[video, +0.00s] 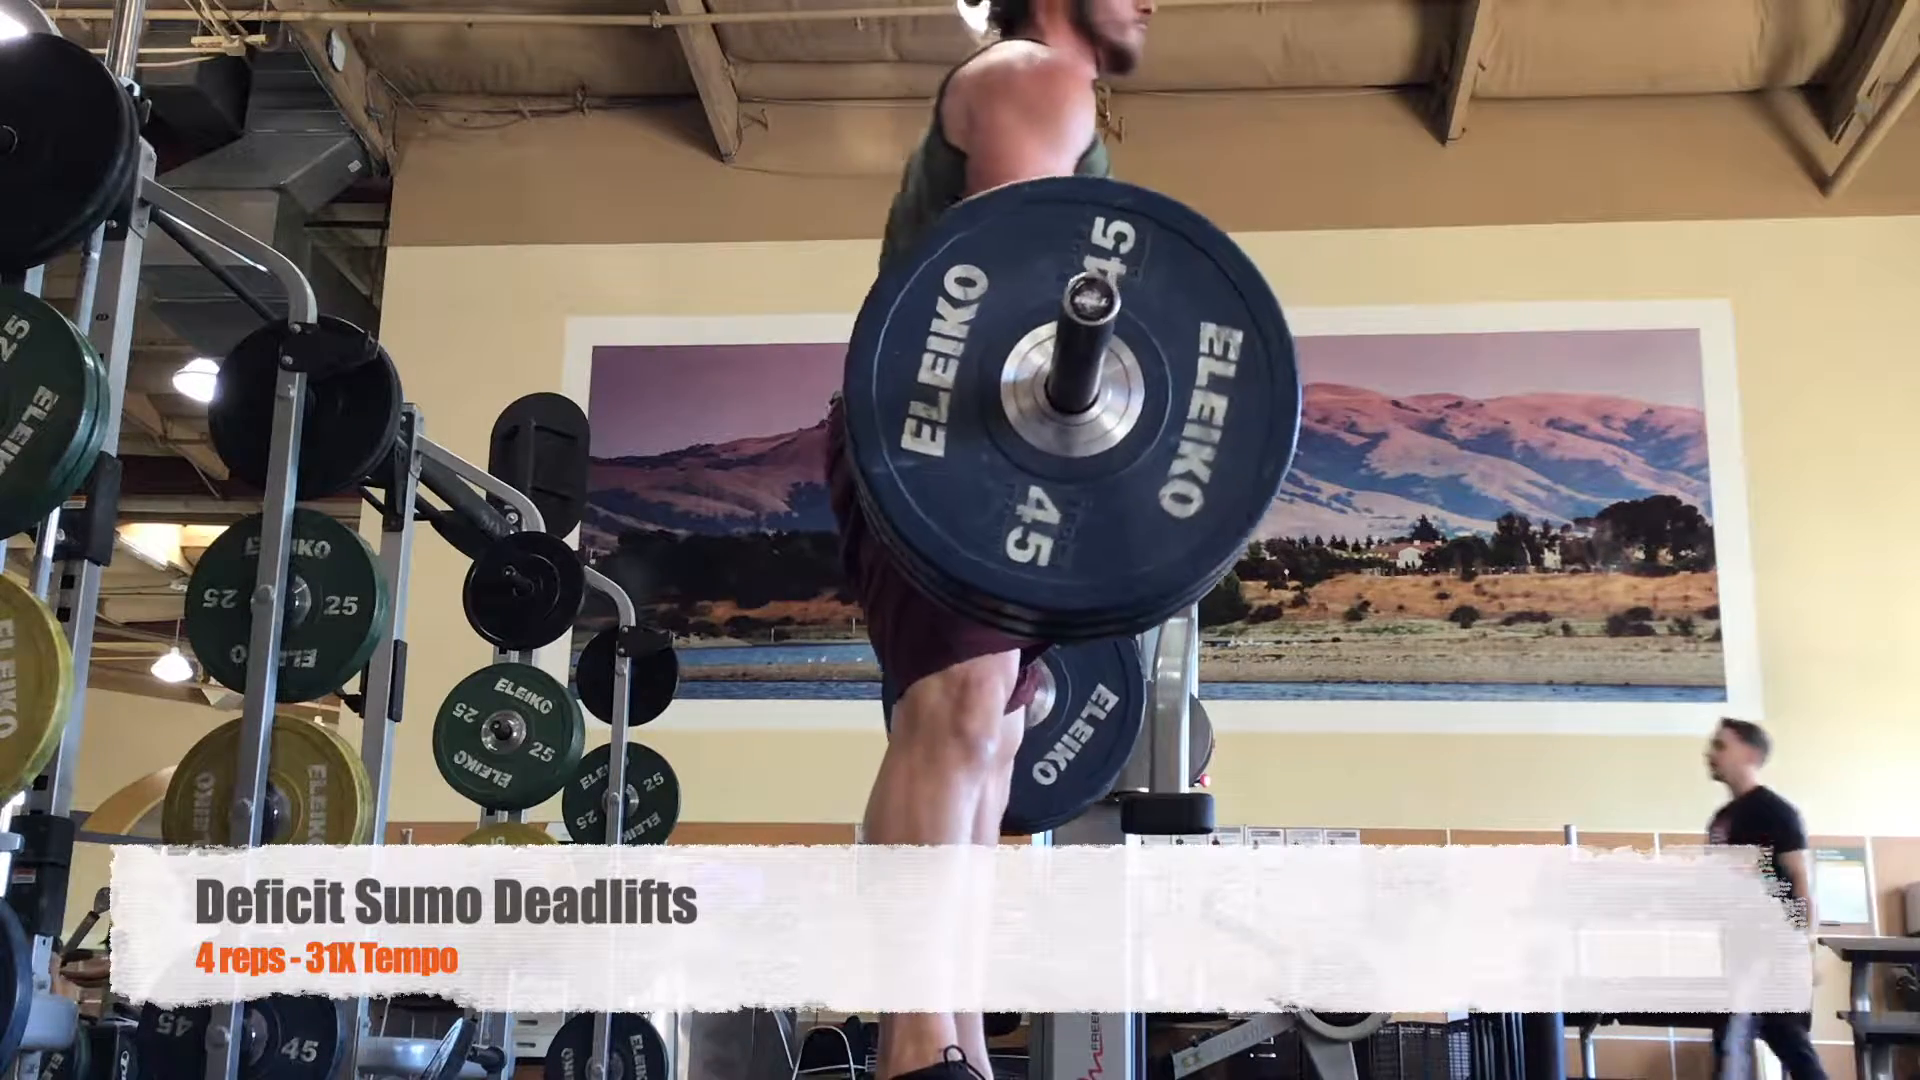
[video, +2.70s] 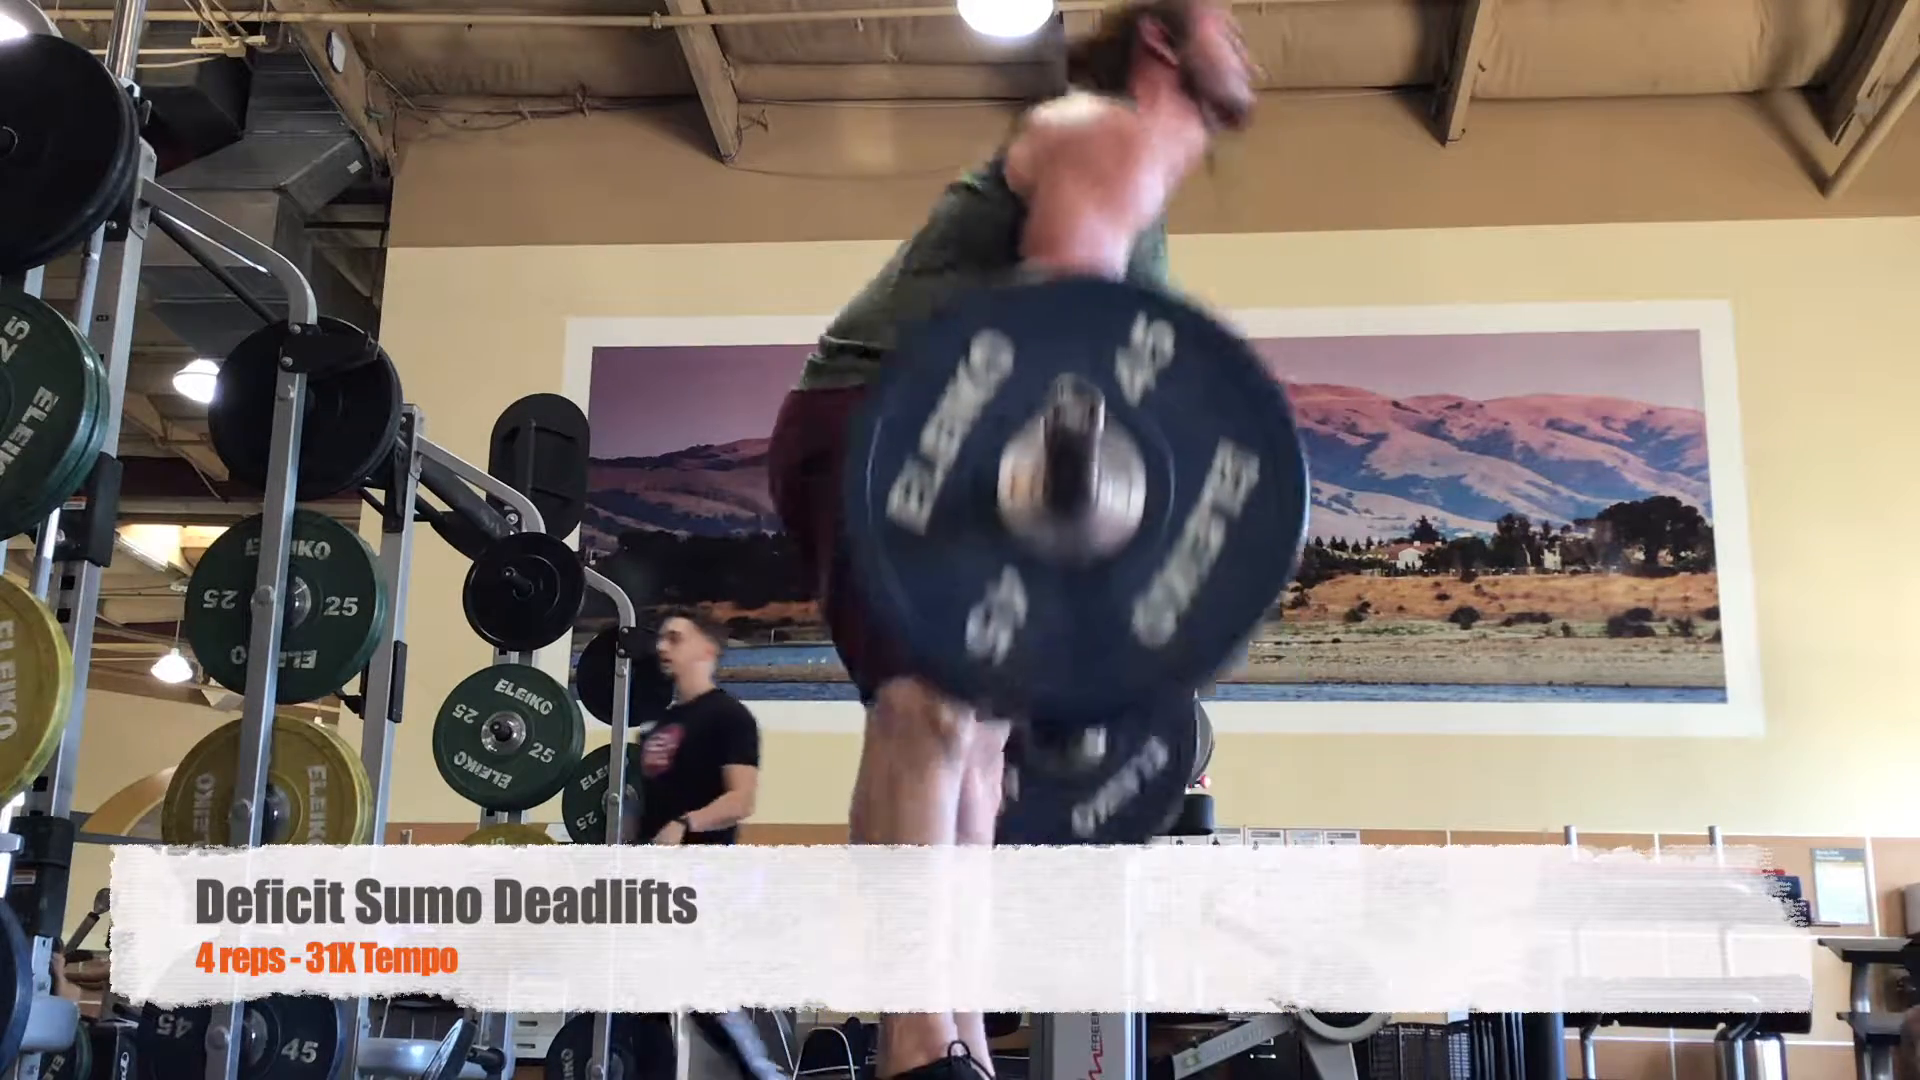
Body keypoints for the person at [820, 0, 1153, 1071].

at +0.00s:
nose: (1148, 6)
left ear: (1058, 14)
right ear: (1061, 1)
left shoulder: (1053, 96)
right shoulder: (1031, 75)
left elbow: (1035, 328)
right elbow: (1030, 312)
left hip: (981, 443)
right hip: (926, 430)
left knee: (996, 718)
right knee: (961, 704)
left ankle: (953, 1035)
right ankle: (914, 1047)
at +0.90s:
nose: (1289, 111)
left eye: (1287, 91)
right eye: (1271, 84)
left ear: (1205, 91)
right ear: (1199, 85)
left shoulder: (1158, 223)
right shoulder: (1127, 174)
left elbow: (1092, 413)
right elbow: (1068, 389)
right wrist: (1078, 584)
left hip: (919, 443)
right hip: (848, 423)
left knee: (985, 727)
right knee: (920, 712)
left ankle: (956, 1034)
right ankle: (907, 1041)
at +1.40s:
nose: (1339, 240)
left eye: (1339, 217)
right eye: (1324, 209)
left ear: (1252, 212)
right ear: (1252, 202)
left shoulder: (1186, 399)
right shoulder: (1148, 282)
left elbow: (1144, 547)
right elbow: (1085, 516)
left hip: (897, 481)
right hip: (830, 448)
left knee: (976, 743)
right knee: (937, 729)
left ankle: (967, 1044)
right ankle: (919, 1040)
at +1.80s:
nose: (1374, 399)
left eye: (1373, 373)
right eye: (1358, 363)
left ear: (1289, 350)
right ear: (1284, 344)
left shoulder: (1188, 540)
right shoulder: (1164, 417)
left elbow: (1140, 696)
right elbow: (1087, 663)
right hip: (811, 514)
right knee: (1041, 690)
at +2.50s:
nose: (1361, 258)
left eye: (1364, 235)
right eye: (1350, 225)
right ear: (1274, 206)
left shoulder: (1189, 395)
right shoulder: (1165, 286)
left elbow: (1145, 543)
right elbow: (1089, 502)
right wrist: (1091, 661)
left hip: (911, 466)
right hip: (840, 434)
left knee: (981, 728)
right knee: (945, 713)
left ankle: (965, 1037)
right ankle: (922, 1039)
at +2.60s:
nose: (1313, 149)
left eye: (1312, 133)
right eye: (1295, 125)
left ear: (1229, 134)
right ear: (1224, 123)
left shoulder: (1173, 311)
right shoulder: (1142, 208)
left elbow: (1177, 454)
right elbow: (1085, 397)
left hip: (910, 446)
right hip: (849, 422)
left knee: (974, 728)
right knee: (941, 713)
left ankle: (956, 1038)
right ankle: (922, 1040)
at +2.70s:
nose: (1246, 57)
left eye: (1237, 35)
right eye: (1224, 31)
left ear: (1162, 60)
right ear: (1161, 54)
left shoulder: (1136, 168)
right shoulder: (1114, 133)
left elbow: (1080, 349)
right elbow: (1060, 311)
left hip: (934, 429)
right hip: (858, 413)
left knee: (978, 722)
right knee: (921, 705)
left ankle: (959, 1031)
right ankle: (912, 1039)